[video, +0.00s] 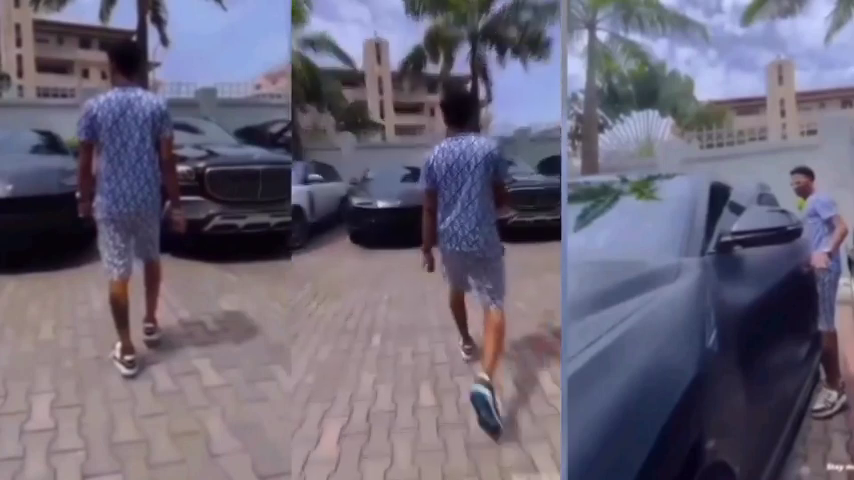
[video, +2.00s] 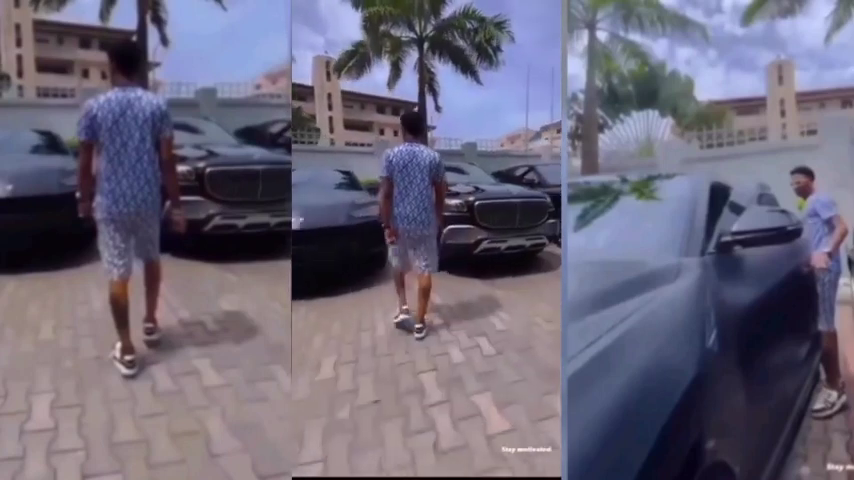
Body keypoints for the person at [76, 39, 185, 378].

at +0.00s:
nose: (110, 72)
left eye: (110, 66)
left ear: (112, 68)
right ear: (142, 67)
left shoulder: (96, 107)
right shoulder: (156, 106)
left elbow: (85, 161)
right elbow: (167, 160)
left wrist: (85, 199)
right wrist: (175, 202)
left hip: (110, 201)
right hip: (147, 200)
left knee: (118, 273)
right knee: (151, 260)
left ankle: (125, 348)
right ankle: (150, 319)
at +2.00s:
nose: (110, 71)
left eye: (110, 66)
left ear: (112, 68)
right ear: (142, 67)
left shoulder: (95, 107)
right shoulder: (156, 106)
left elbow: (85, 161)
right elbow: (167, 160)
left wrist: (84, 199)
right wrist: (175, 202)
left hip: (110, 201)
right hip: (147, 200)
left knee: (118, 273)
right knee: (151, 260)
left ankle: (125, 348)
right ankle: (150, 319)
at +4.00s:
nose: (110, 71)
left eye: (110, 66)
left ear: (112, 68)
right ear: (142, 67)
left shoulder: (95, 107)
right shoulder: (156, 106)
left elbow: (85, 161)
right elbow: (167, 160)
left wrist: (84, 199)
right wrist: (175, 202)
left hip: (110, 202)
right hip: (147, 200)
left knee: (118, 273)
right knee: (151, 260)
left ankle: (125, 348)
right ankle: (150, 319)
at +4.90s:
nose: (111, 72)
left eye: (110, 66)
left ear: (112, 68)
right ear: (142, 68)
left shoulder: (96, 107)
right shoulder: (156, 106)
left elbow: (85, 161)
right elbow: (167, 160)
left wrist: (84, 199)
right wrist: (175, 202)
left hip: (110, 202)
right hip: (147, 201)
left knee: (118, 273)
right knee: (151, 259)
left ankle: (125, 348)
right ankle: (150, 319)